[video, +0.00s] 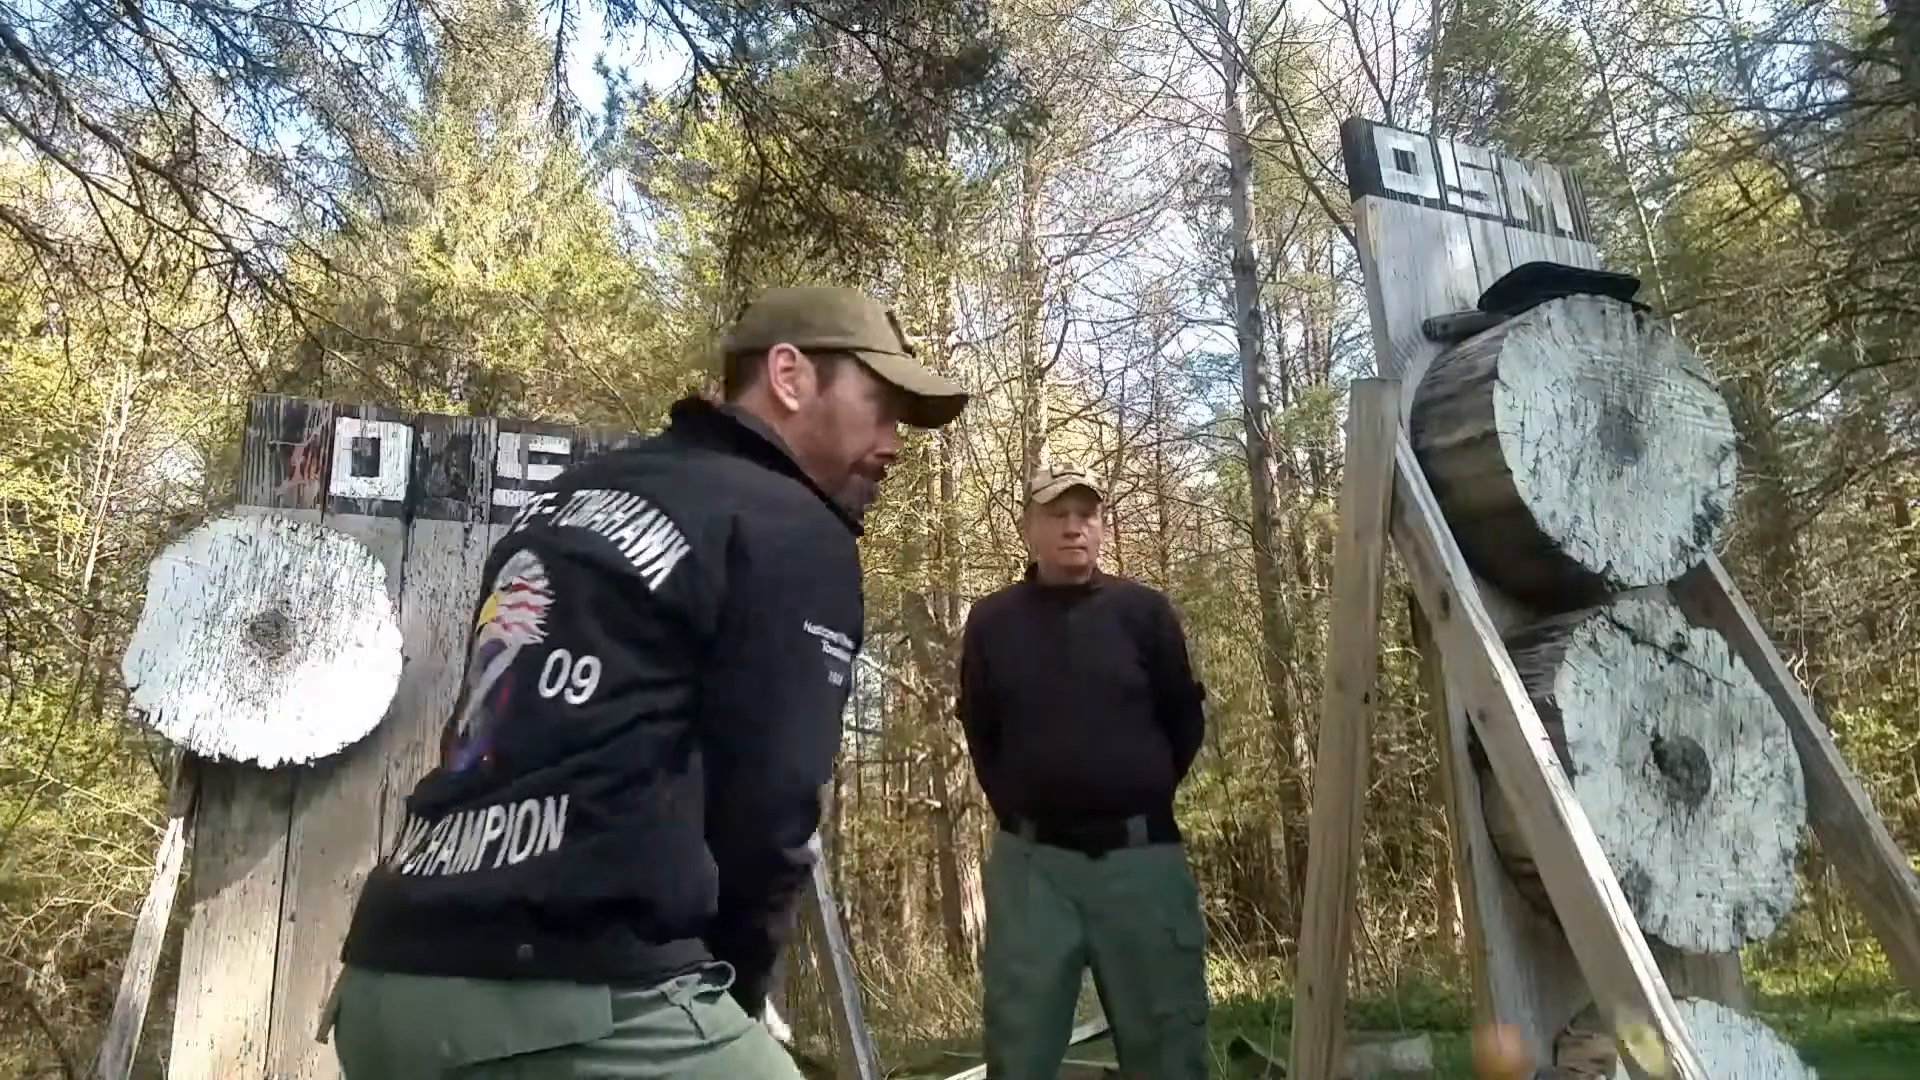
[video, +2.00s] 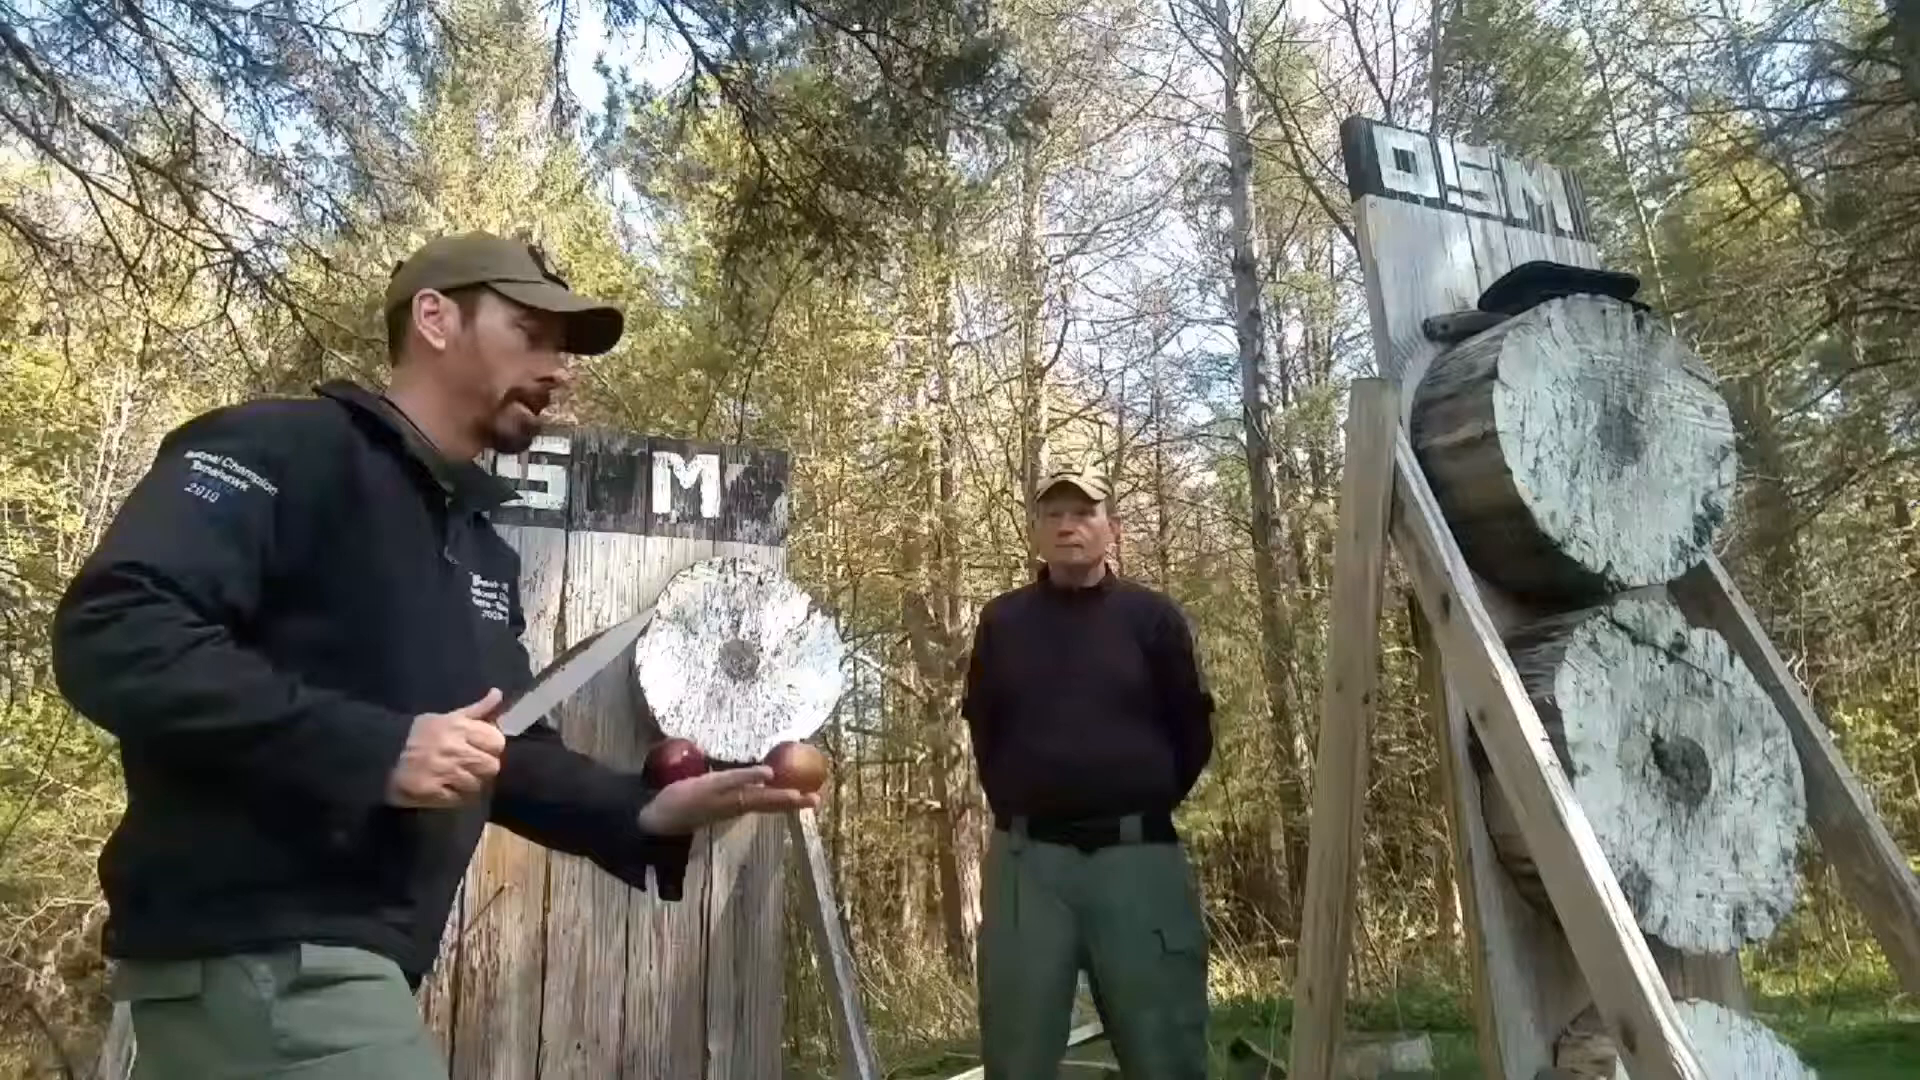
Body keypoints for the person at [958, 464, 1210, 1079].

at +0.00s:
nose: (1074, 527)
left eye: (1086, 515)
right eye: (1057, 515)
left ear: (1103, 530)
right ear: (1028, 532)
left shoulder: (1146, 610)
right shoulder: (991, 618)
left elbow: (1185, 721)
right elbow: (980, 733)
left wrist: (1134, 802)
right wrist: (1028, 814)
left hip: (1142, 866)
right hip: (1028, 867)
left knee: (1168, 1055)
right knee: (1019, 1058)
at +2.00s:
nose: (1068, 526)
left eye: (1082, 513)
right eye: (1054, 516)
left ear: (1111, 530)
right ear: (1035, 535)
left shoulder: (1154, 616)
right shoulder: (1000, 619)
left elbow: (1193, 732)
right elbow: (982, 724)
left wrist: (1140, 811)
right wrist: (1022, 814)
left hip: (1139, 862)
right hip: (1026, 862)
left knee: (1163, 1057)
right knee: (1017, 1059)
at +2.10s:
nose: (1068, 526)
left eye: (1082, 513)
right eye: (1054, 516)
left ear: (1111, 530)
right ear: (1035, 535)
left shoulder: (1154, 616)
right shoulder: (1000, 619)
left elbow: (1193, 732)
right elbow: (982, 724)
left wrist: (1140, 811)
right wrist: (1022, 814)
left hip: (1139, 862)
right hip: (1026, 862)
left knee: (1163, 1057)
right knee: (1017, 1059)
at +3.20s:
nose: (1068, 524)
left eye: (1082, 512)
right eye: (1052, 514)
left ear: (1110, 530)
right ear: (1032, 534)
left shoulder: (1154, 615)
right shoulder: (1001, 618)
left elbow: (1194, 731)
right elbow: (982, 723)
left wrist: (1140, 812)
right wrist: (1025, 815)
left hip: (1140, 862)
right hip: (1026, 862)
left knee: (1163, 1058)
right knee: (1017, 1060)